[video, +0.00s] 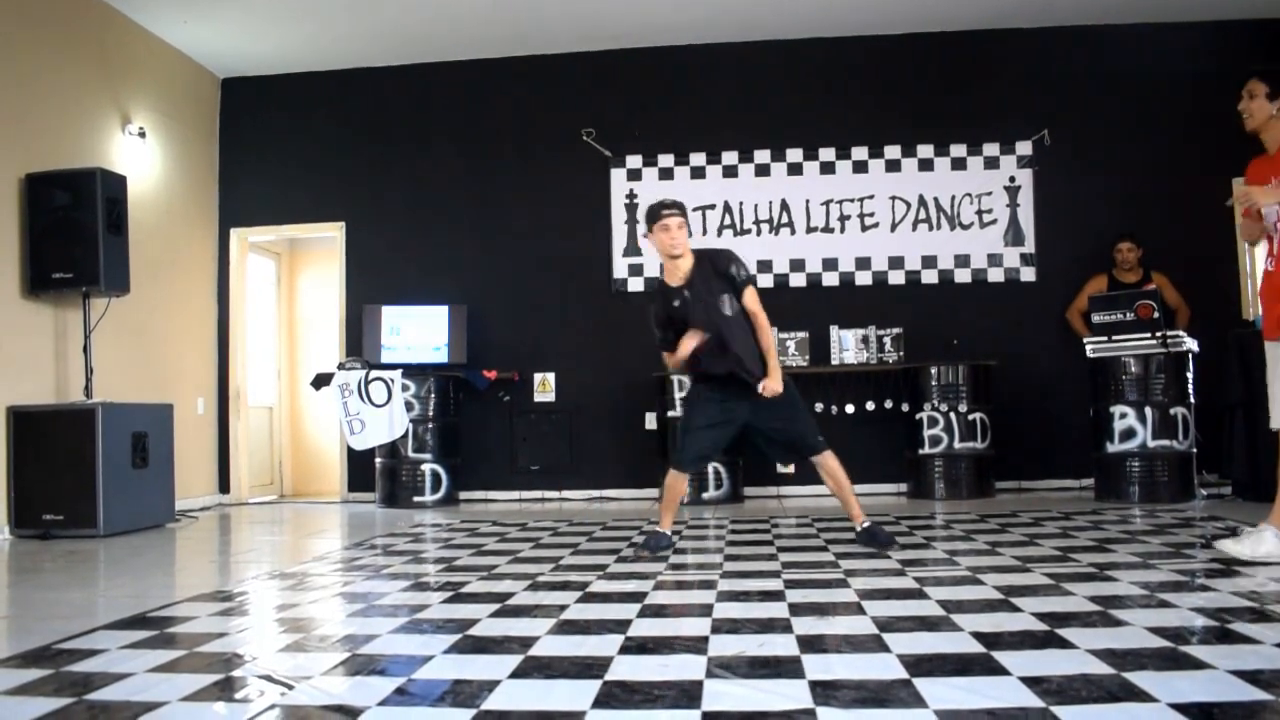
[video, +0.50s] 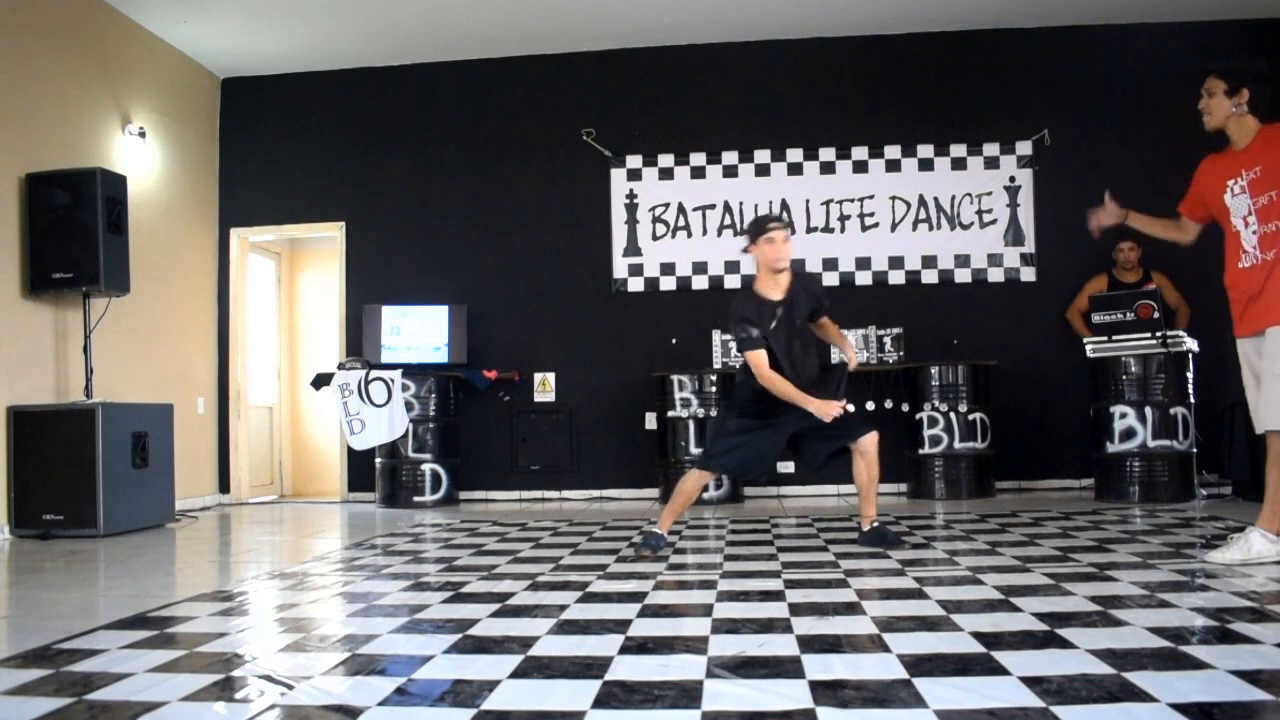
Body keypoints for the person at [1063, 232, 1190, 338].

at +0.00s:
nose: (1124, 256)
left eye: (1130, 251)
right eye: (1119, 252)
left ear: (1139, 253)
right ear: (1113, 256)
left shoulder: (1155, 280)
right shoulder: (1100, 283)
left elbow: (1181, 309)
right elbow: (1072, 313)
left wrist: (1174, 338)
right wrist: (1090, 341)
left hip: (1154, 355)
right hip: (1115, 357)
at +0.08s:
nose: (1124, 256)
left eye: (1130, 251)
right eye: (1119, 252)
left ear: (1139, 253)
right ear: (1113, 256)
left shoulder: (1155, 280)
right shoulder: (1099, 283)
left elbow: (1181, 309)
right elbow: (1072, 313)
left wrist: (1174, 338)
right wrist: (1091, 342)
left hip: (1154, 356)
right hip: (1115, 357)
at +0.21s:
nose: (1126, 257)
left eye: (1130, 251)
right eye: (1120, 252)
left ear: (1138, 253)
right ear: (1113, 256)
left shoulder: (1156, 279)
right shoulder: (1101, 282)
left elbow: (1182, 309)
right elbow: (1072, 313)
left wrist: (1176, 336)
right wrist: (1090, 340)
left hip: (1154, 355)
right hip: (1116, 356)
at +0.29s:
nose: (1126, 257)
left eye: (1130, 251)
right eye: (1120, 252)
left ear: (1138, 253)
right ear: (1114, 256)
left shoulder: (1156, 280)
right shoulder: (1100, 283)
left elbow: (1182, 309)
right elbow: (1073, 313)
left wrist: (1175, 339)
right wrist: (1091, 342)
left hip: (1155, 356)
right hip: (1117, 356)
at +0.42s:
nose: (1127, 255)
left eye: (1131, 251)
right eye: (1122, 251)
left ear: (1139, 253)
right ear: (1115, 254)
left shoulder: (1156, 280)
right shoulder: (1100, 283)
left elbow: (1182, 309)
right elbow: (1072, 313)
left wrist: (1175, 339)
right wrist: (1090, 341)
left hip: (1154, 357)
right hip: (1116, 359)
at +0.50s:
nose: (1126, 255)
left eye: (1131, 250)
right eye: (1120, 251)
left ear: (1139, 252)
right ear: (1114, 255)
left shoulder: (1155, 279)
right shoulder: (1100, 283)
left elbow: (1181, 308)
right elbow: (1072, 313)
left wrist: (1175, 338)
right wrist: (1092, 342)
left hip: (1154, 356)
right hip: (1116, 356)